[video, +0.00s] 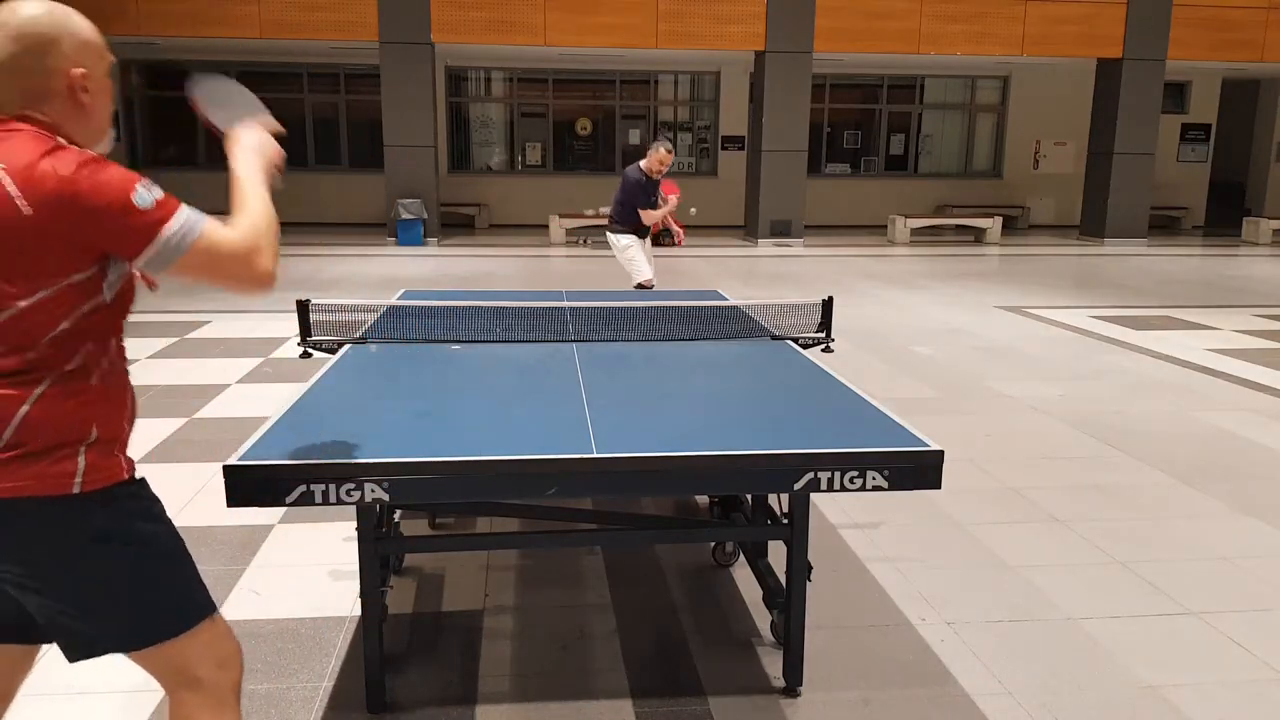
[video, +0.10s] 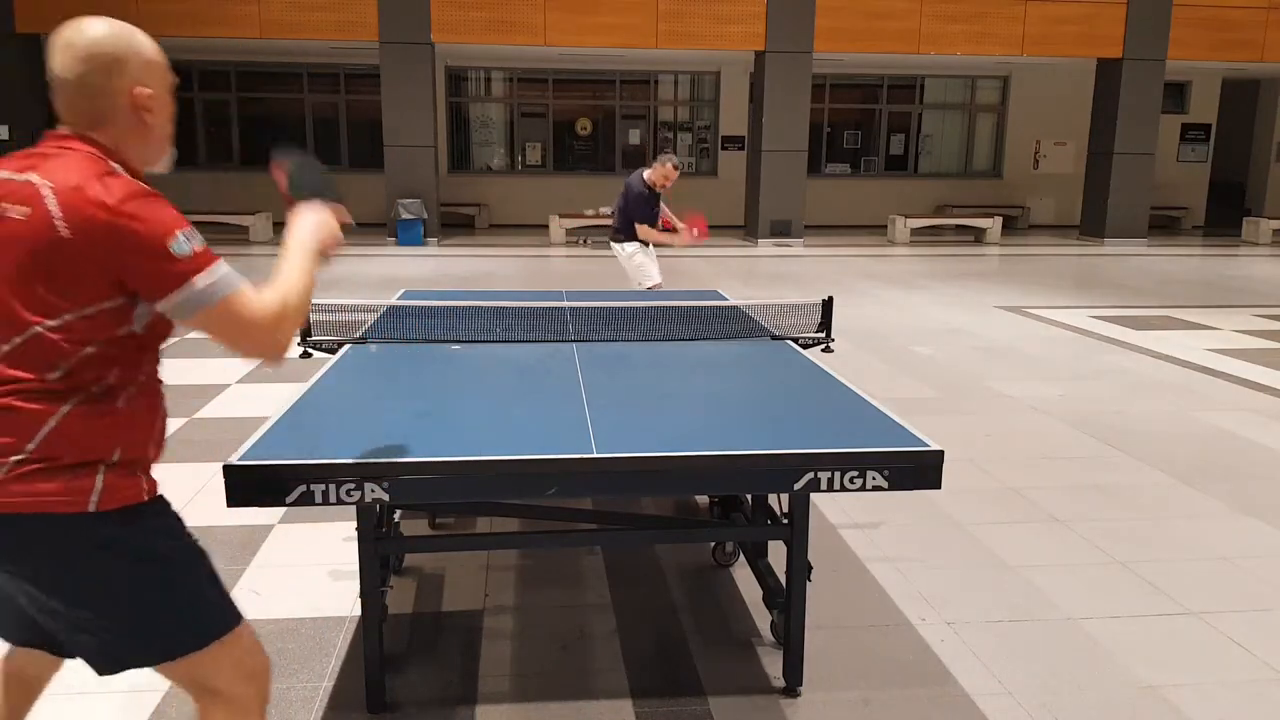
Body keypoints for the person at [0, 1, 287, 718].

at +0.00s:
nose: (114, 89)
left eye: (109, 73)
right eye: (106, 74)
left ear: (14, 85)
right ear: (75, 85)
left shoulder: (9, 162)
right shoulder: (70, 180)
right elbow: (253, 260)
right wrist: (250, 157)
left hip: (7, 492)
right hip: (66, 496)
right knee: (209, 670)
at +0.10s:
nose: (172, 109)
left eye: (170, 93)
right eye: (168, 93)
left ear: (71, 98)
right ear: (140, 101)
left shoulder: (12, 178)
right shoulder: (119, 205)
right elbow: (266, 334)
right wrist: (308, 230)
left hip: (12, 501)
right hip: (88, 510)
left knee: (25, 661)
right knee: (237, 681)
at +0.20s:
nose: (231, 131)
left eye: (228, 113)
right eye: (227, 113)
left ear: (122, 116)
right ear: (202, 123)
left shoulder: (39, 194)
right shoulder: (158, 230)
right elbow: (263, 393)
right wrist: (342, 323)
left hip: (15, 498)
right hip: (108, 510)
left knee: (70, 636)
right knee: (259, 681)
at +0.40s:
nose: (283, 144)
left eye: (282, 127)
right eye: (281, 126)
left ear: (178, 118)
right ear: (256, 132)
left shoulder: (98, 183)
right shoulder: (192, 236)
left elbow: (124, 313)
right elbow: (242, 422)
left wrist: (235, 316)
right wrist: (349, 389)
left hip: (24, 489)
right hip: (110, 505)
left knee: (83, 654)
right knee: (284, 660)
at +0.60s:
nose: (356, 189)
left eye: (360, 172)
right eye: (359, 172)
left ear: (256, 157)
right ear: (328, 180)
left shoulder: (182, 208)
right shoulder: (248, 281)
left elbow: (222, 321)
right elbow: (319, 462)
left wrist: (335, 321)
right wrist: (425, 403)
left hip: (59, 504)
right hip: (134, 529)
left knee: (108, 661)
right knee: (315, 686)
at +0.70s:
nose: (409, 230)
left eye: (411, 216)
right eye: (409, 216)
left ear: (305, 193)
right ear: (379, 222)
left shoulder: (244, 234)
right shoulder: (288, 321)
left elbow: (308, 355)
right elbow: (328, 507)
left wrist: (398, 332)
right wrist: (451, 479)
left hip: (90, 515)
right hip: (152, 544)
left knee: (150, 652)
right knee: (346, 680)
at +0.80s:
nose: (436, 268)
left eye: (442, 252)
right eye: (439, 252)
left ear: (345, 216)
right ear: (411, 252)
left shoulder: (293, 254)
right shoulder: (291, 348)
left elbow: (385, 351)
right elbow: (228, 542)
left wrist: (430, 333)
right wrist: (358, 604)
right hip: (144, 546)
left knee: (175, 658)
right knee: (350, 670)